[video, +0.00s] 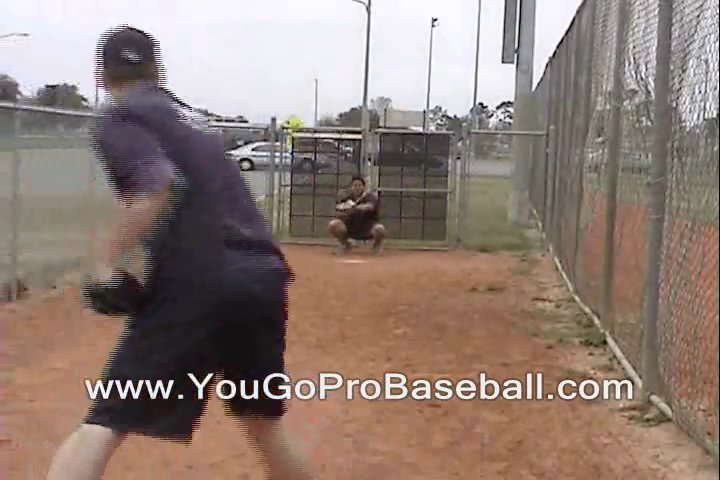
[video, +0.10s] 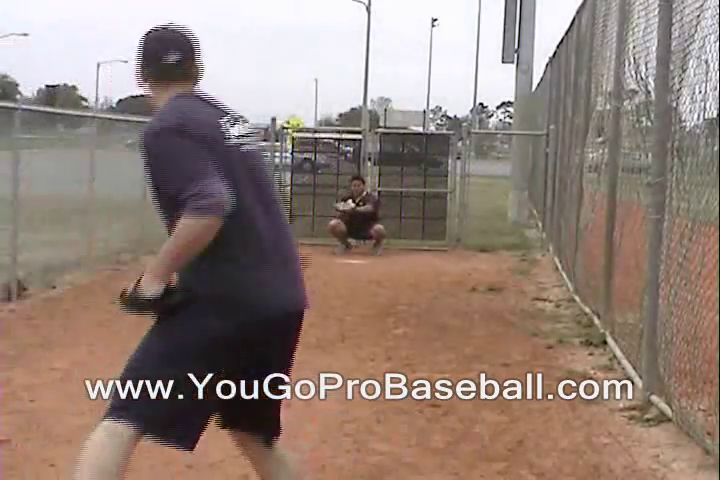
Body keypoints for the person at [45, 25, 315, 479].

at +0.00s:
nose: (98, 77)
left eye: (98, 69)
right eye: (101, 68)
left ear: (103, 74)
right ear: (157, 69)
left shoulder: (120, 121)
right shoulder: (191, 118)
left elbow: (158, 180)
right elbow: (210, 211)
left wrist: (110, 261)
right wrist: (149, 282)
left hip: (197, 280)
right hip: (264, 274)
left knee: (106, 423)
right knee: (266, 423)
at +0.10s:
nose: (141, 79)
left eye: (140, 71)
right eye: (144, 71)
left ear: (145, 76)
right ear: (196, 70)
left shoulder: (169, 127)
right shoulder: (227, 117)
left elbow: (210, 205)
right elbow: (257, 209)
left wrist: (160, 268)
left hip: (223, 302)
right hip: (280, 299)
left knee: (123, 421)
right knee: (252, 429)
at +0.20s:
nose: (166, 43)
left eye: (166, 35)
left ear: (166, 37)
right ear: (220, 30)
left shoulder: (181, 86)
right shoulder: (258, 84)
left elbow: (212, 165)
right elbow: (322, 161)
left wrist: (164, 224)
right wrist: (338, 212)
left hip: (218, 274)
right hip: (285, 273)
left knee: (143, 394)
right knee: (278, 410)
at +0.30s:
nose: (179, 14)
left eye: (179, 10)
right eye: (185, 10)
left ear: (184, 8)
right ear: (234, 8)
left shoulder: (183, 52)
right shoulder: (281, 60)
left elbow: (198, 128)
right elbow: (345, 133)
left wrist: (149, 183)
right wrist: (381, 186)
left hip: (217, 243)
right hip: (287, 244)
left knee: (177, 376)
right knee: (284, 377)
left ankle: (207, 473)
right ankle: (307, 474)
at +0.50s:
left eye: (197, 33)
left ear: (199, 35)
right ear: (251, 34)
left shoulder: (184, 87)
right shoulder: (294, 89)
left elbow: (179, 161)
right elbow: (361, 160)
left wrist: (141, 209)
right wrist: (406, 219)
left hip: (218, 272)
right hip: (286, 268)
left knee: (230, 400)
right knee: (284, 392)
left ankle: (266, 473)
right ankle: (302, 474)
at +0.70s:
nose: (191, 50)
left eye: (190, 44)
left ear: (192, 45)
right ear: (243, 44)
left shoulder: (170, 107)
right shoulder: (287, 99)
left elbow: (153, 200)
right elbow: (324, 193)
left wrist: (155, 235)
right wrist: (334, 258)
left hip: (206, 284)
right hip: (279, 280)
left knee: (181, 378)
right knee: (287, 403)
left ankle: (216, 470)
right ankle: (306, 474)